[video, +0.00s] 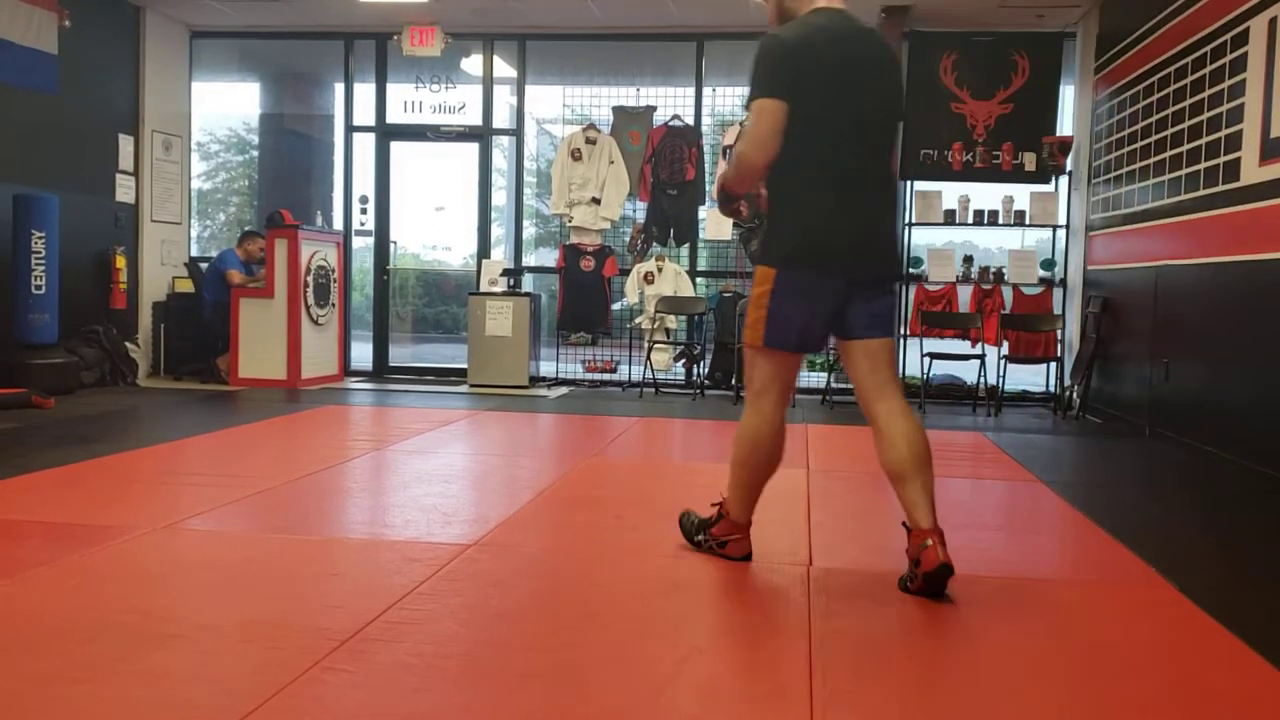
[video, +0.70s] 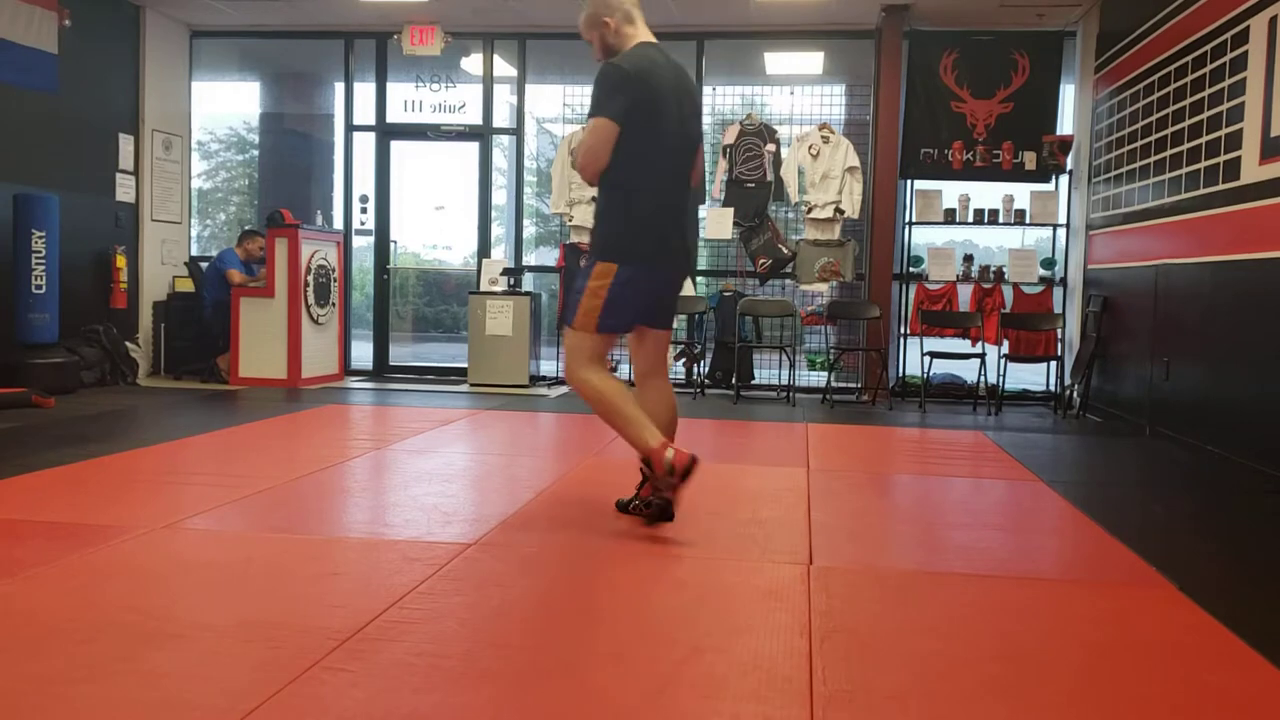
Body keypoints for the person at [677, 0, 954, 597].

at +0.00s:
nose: (761, 10)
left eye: (762, 5)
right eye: (761, 6)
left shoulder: (786, 43)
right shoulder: (883, 51)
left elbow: (755, 157)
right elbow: (886, 164)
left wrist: (731, 184)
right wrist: (780, 183)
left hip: (797, 250)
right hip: (873, 251)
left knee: (766, 395)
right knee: (883, 395)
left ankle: (732, 525)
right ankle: (928, 542)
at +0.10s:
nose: (736, 13)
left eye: (738, 8)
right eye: (738, 9)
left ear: (752, 3)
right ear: (801, 0)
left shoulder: (741, 49)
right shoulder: (846, 55)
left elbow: (701, 161)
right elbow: (856, 153)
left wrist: (734, 193)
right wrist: (798, 165)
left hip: (756, 243)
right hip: (827, 243)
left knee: (742, 388)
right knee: (838, 379)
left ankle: (731, 526)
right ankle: (890, 494)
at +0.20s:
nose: (710, 9)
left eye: (712, 6)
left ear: (724, 3)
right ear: (774, 1)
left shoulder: (707, 43)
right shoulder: (816, 51)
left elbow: (663, 141)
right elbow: (835, 150)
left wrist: (698, 180)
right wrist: (777, 168)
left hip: (729, 232)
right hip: (794, 230)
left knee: (727, 379)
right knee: (785, 361)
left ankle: (728, 524)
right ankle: (826, 464)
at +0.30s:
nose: (683, 9)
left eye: (685, 6)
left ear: (698, 4)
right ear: (746, 3)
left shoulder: (681, 45)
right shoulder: (786, 54)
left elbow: (640, 140)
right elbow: (813, 151)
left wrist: (676, 171)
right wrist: (755, 168)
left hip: (706, 234)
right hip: (767, 231)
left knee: (714, 377)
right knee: (745, 360)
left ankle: (728, 523)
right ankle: (756, 482)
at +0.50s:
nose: (640, 23)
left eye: (640, 15)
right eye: (641, 15)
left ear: (654, 11)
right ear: (696, 13)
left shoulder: (647, 67)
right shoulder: (739, 78)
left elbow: (615, 167)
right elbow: (764, 172)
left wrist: (653, 181)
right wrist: (706, 179)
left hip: (666, 245)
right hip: (715, 245)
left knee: (687, 381)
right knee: (681, 375)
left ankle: (725, 515)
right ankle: (662, 487)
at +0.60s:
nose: (618, 47)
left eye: (616, 36)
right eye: (616, 38)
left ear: (630, 20)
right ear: (666, 17)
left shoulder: (634, 71)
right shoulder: (713, 81)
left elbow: (601, 168)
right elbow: (729, 176)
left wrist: (597, 148)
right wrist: (673, 167)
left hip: (644, 248)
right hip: (691, 246)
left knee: (637, 377)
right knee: (662, 374)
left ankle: (705, 493)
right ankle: (657, 492)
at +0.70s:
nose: (594, 54)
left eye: (591, 44)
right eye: (589, 47)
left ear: (606, 24)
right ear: (635, 18)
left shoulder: (620, 71)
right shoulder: (683, 77)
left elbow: (589, 165)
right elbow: (694, 177)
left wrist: (582, 139)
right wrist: (627, 170)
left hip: (625, 242)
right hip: (673, 243)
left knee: (581, 364)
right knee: (652, 363)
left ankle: (663, 457)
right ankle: (658, 490)